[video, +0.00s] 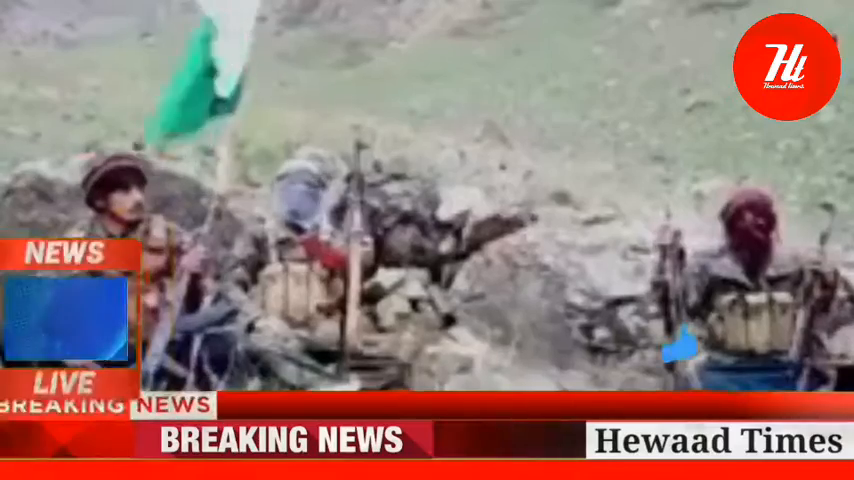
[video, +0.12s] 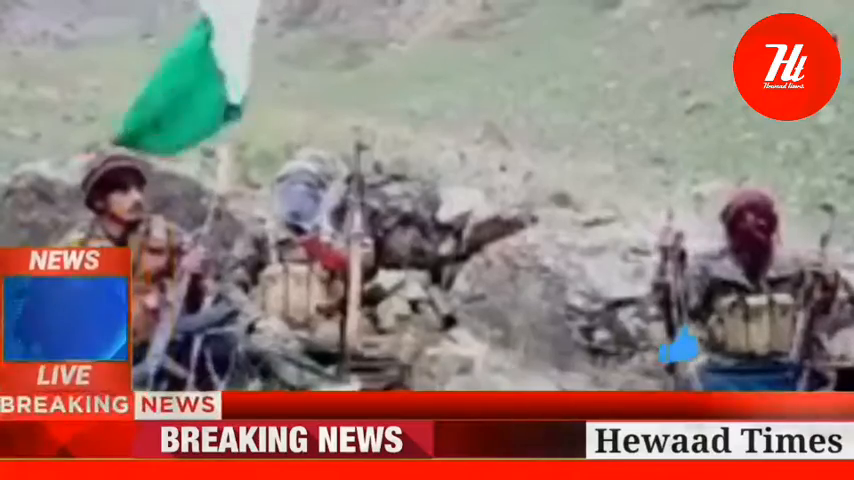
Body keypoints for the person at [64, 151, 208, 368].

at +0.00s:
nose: (138, 198)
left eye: (140, 189)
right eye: (124, 190)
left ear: (145, 192)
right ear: (100, 200)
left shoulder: (164, 234)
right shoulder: (77, 243)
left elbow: (189, 307)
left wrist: (194, 275)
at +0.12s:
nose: (137, 198)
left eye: (138, 188)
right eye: (122, 190)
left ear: (145, 191)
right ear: (99, 202)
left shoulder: (161, 236)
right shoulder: (75, 250)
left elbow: (190, 308)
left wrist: (194, 277)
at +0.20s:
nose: (134, 195)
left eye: (136, 185)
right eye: (119, 188)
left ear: (143, 190)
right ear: (97, 201)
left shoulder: (163, 236)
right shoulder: (72, 249)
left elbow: (190, 306)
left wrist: (196, 275)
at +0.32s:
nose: (134, 196)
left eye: (135, 187)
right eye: (119, 189)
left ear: (142, 191)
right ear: (97, 203)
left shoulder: (166, 237)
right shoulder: (71, 252)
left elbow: (189, 308)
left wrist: (197, 276)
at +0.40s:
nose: (133, 195)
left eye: (135, 186)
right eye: (117, 189)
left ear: (142, 191)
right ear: (96, 202)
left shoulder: (161, 235)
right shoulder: (72, 251)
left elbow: (190, 310)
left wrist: (202, 274)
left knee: (224, 345)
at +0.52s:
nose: (132, 195)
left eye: (134, 185)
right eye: (116, 188)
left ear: (141, 191)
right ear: (96, 202)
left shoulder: (161, 235)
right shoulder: (72, 251)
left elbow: (190, 309)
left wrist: (201, 274)